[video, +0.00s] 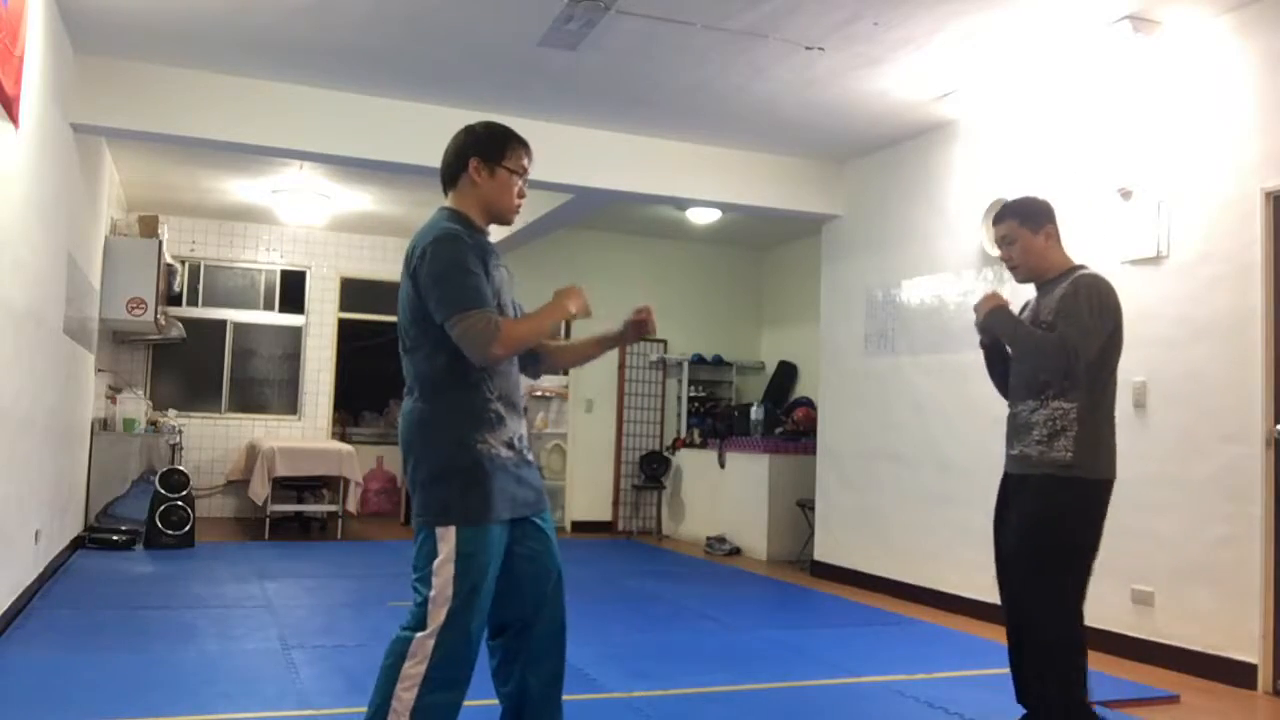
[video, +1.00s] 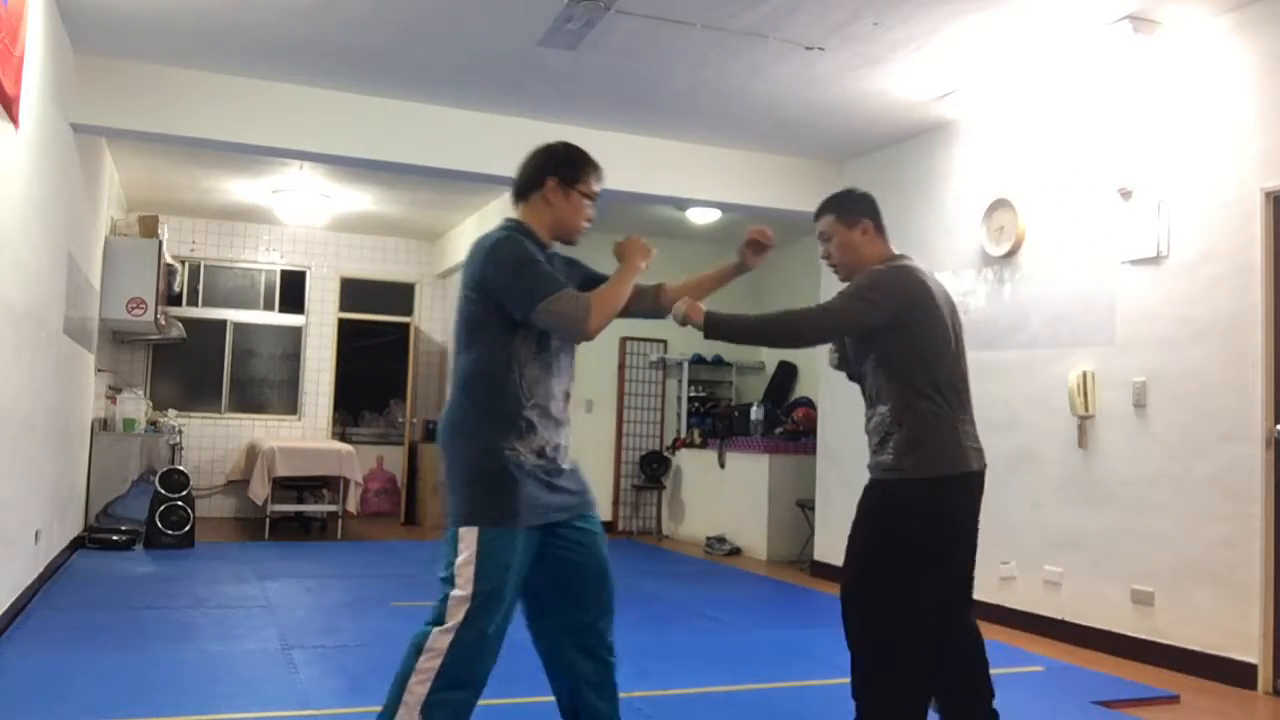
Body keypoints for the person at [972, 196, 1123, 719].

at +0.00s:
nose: (1005, 257)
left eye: (1010, 243)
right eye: (1000, 248)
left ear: (1046, 233)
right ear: (1018, 246)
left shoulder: (1088, 290)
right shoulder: (1036, 306)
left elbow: (1057, 360)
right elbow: (1015, 388)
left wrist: (1001, 319)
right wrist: (992, 335)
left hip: (1069, 478)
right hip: (1026, 477)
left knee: (1051, 607)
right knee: (1021, 605)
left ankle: (1064, 711)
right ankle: (1038, 708)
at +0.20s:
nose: (994, 258)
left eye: (1000, 244)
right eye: (989, 249)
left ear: (1035, 235)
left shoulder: (1072, 292)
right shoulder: (1021, 309)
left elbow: (1035, 358)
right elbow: (982, 382)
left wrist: (985, 317)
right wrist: (970, 323)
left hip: (1052, 476)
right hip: (1012, 476)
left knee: (1036, 603)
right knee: (1005, 602)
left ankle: (1053, 711)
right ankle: (1013, 710)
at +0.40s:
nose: (969, 264)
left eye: (974, 250)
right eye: (965, 255)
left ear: (1009, 242)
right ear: (993, 251)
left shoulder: (1049, 298)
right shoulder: (999, 317)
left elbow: (1039, 376)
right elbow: (982, 393)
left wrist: (968, 352)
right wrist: (955, 356)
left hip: (1026, 474)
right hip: (996, 474)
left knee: (962, 573)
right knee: (1025, 590)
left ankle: (983, 708)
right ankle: (1058, 707)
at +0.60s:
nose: (925, 275)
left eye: (929, 261)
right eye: (921, 266)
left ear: (964, 248)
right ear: (956, 255)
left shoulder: (997, 302)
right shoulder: (974, 313)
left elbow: (956, 348)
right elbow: (927, 391)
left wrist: (909, 310)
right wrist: (908, 328)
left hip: (976, 486)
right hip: (967, 485)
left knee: (928, 606)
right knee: (1004, 608)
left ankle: (910, 709)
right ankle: (1055, 709)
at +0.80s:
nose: (859, 260)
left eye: (865, 246)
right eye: (857, 249)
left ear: (902, 238)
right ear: (904, 243)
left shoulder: (921, 288)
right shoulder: (940, 296)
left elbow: (835, 310)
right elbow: (918, 388)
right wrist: (872, 360)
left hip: (927, 483)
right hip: (958, 483)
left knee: (877, 611)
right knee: (946, 596)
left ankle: (885, 714)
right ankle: (1020, 712)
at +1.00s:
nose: (823, 254)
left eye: (828, 239)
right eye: (819, 243)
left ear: (865, 229)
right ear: (868, 235)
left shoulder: (888, 280)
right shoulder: (922, 284)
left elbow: (808, 326)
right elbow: (899, 382)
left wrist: (709, 320)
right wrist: (847, 356)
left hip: (912, 476)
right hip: (953, 472)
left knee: (871, 608)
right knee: (944, 614)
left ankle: (888, 713)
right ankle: (972, 712)